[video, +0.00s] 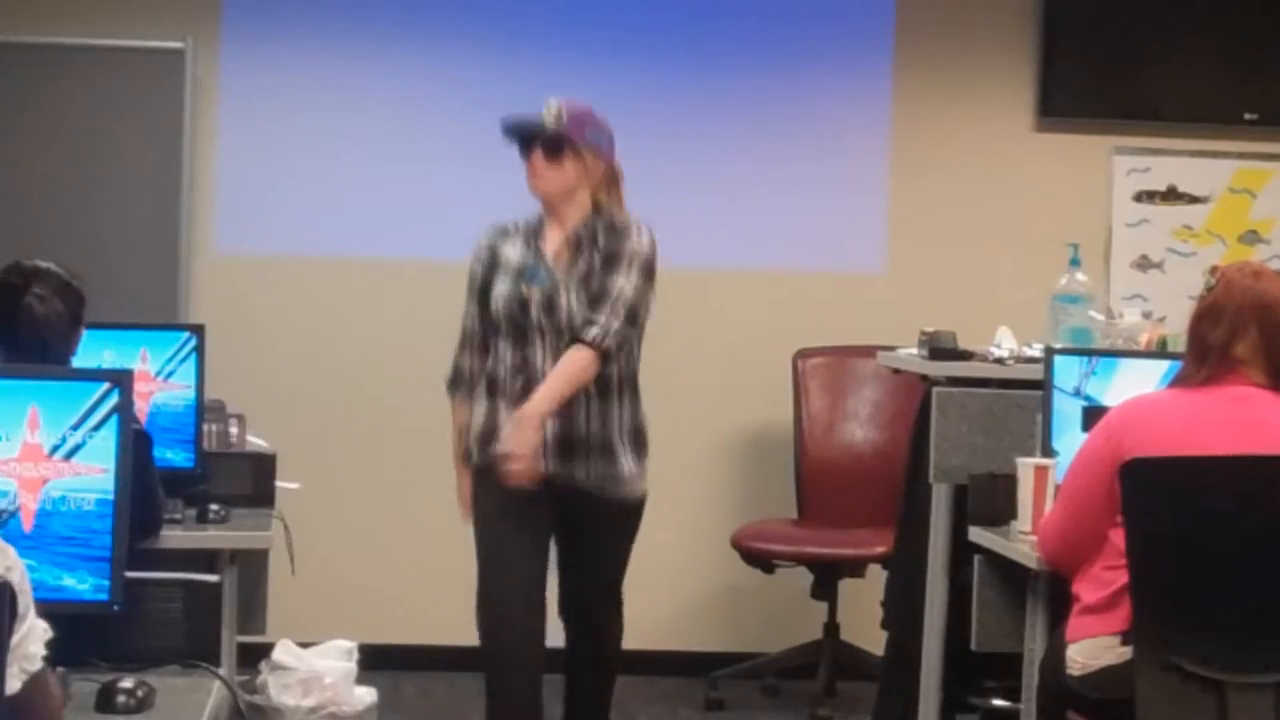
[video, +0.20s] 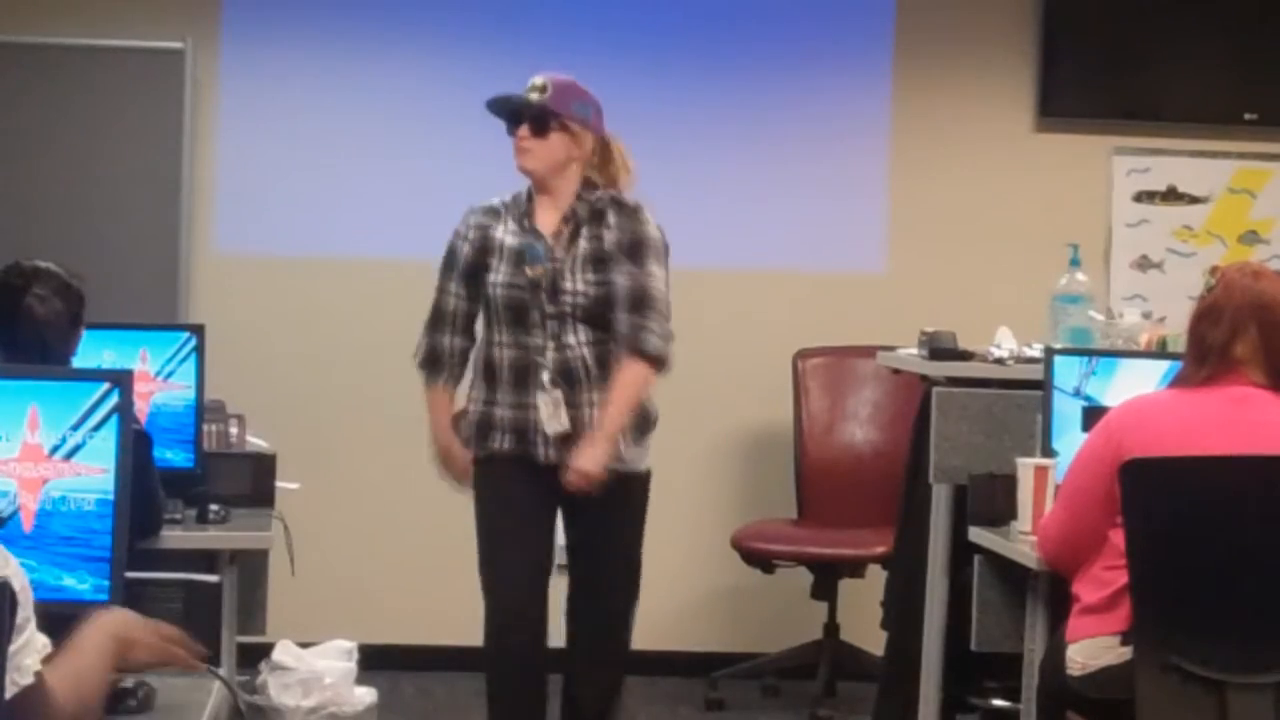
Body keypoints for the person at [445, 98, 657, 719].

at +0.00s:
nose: (536, 161)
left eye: (555, 152)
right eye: (532, 151)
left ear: (594, 164)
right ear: (526, 162)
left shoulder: (629, 241)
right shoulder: (499, 245)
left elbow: (602, 339)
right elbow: (468, 361)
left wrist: (531, 412)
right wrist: (464, 460)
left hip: (600, 472)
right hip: (505, 469)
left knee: (592, 627)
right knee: (507, 628)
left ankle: (586, 716)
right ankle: (512, 717)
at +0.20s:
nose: (521, 132)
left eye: (541, 125)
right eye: (518, 122)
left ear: (582, 142)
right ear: (513, 134)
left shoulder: (630, 226)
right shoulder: (482, 226)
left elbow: (645, 347)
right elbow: (444, 339)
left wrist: (601, 438)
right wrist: (443, 427)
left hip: (607, 454)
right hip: (506, 453)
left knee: (601, 626)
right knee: (512, 622)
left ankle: (588, 715)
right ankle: (513, 715)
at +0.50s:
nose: (588, 141)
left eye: (603, 132)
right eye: (569, 131)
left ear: (617, 149)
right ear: (542, 149)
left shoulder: (648, 234)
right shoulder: (507, 229)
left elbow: (684, 338)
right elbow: (491, 332)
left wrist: (686, 428)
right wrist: (520, 414)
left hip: (610, 440)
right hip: (514, 438)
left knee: (634, 615)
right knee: (507, 615)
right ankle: (504, 715)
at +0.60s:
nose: (616, 153)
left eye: (622, 143)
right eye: (597, 143)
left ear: (631, 154)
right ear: (557, 159)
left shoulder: (652, 235)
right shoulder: (518, 230)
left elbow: (679, 332)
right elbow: (530, 309)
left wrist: (680, 416)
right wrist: (588, 359)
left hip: (622, 457)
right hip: (520, 455)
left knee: (641, 621)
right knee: (499, 623)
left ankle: (649, 719)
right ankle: (490, 718)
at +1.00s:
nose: (694, 136)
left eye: (694, 126)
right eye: (674, 128)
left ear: (691, 134)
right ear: (627, 141)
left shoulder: (712, 221)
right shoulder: (577, 213)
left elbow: (714, 343)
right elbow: (575, 345)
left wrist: (696, 444)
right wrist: (637, 441)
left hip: (685, 462)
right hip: (583, 461)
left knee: (690, 652)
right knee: (588, 650)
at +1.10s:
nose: (701, 156)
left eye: (704, 145)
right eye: (682, 148)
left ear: (709, 153)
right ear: (637, 161)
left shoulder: (730, 248)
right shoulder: (586, 242)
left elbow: (746, 373)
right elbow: (545, 370)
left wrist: (726, 455)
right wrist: (570, 471)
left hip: (698, 472)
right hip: (596, 470)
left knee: (707, 639)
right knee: (595, 644)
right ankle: (600, 719)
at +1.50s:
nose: (625, 160)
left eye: (644, 148)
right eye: (612, 149)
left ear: (678, 163)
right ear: (600, 165)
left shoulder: (719, 244)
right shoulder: (568, 260)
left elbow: (731, 322)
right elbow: (516, 366)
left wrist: (653, 379)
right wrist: (486, 475)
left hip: (693, 489)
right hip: (595, 485)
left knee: (683, 670)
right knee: (590, 658)